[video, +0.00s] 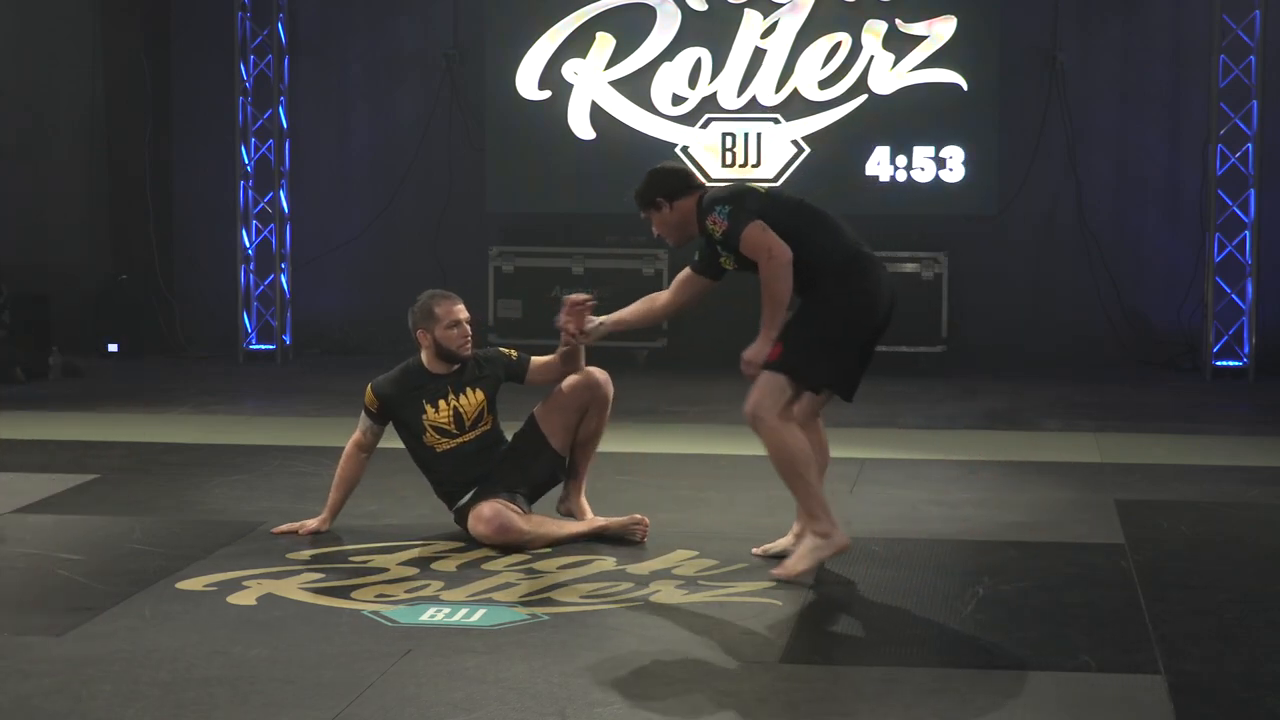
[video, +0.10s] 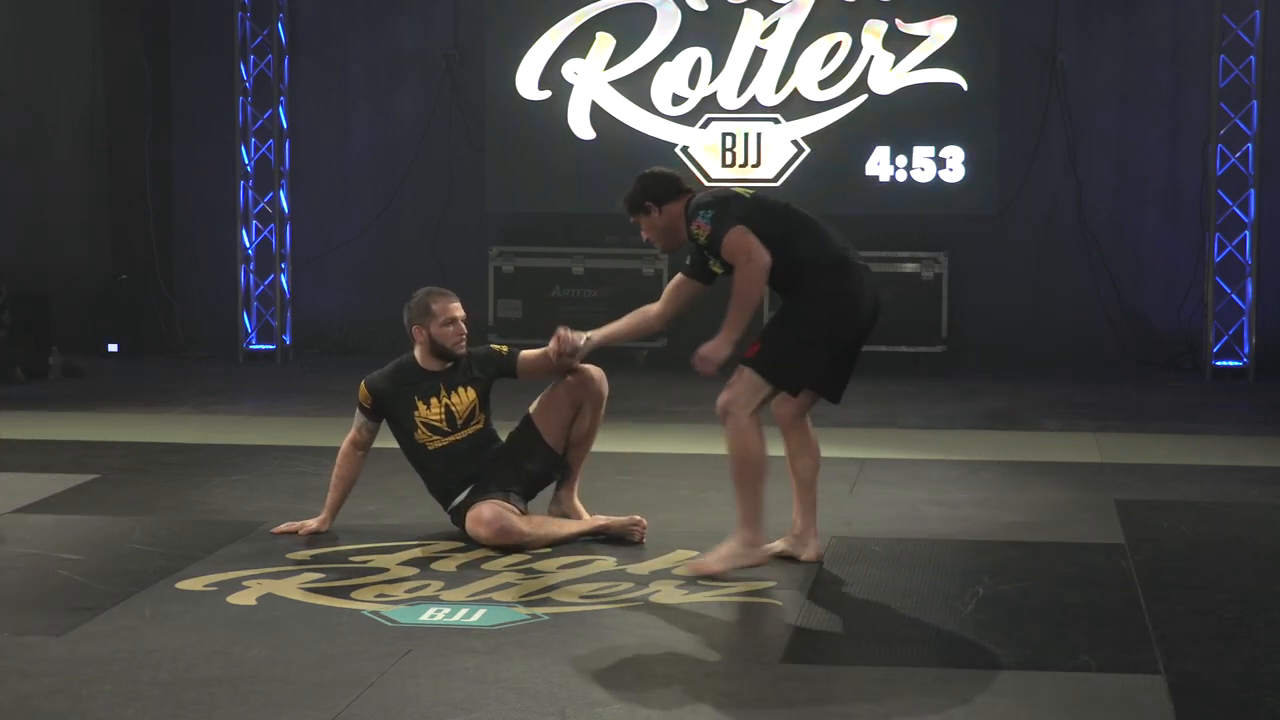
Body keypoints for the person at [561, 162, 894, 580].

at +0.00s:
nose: (653, 231)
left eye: (652, 219)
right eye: (649, 222)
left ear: (671, 204)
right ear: (675, 204)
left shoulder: (720, 209)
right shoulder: (717, 238)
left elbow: (776, 255)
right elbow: (668, 299)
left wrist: (766, 337)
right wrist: (600, 325)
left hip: (842, 295)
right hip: (859, 293)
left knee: (764, 409)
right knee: (803, 415)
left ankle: (824, 531)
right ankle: (806, 527)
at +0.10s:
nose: (643, 237)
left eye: (642, 224)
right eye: (639, 228)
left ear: (662, 208)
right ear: (665, 209)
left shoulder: (706, 212)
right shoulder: (708, 243)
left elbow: (755, 259)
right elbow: (659, 312)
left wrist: (726, 339)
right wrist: (592, 338)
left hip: (824, 298)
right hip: (851, 296)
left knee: (735, 405)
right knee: (791, 410)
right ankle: (804, 537)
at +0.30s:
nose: (616, 233)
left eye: (612, 221)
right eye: (610, 225)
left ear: (628, 207)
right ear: (652, 198)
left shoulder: (663, 223)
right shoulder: (696, 224)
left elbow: (652, 316)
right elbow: (660, 331)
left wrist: (595, 342)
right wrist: (601, 367)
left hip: (785, 301)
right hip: (822, 296)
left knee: (703, 414)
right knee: (766, 414)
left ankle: (693, 547)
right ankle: (797, 537)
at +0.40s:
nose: (597, 239)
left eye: (594, 227)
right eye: (592, 230)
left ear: (609, 213)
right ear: (631, 204)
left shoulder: (633, 232)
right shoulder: (679, 231)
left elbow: (596, 322)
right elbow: (648, 333)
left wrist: (546, 374)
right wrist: (592, 390)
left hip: (774, 297)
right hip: (811, 291)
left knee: (701, 414)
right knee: (758, 410)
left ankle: (692, 547)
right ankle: (793, 528)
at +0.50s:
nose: (580, 249)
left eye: (577, 238)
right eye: (575, 241)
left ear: (593, 223)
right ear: (615, 211)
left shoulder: (614, 244)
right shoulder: (663, 235)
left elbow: (587, 334)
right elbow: (639, 338)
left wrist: (561, 395)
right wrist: (593, 397)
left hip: (761, 294)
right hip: (797, 285)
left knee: (686, 414)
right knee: (748, 387)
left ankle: (691, 547)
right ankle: (793, 500)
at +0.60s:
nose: (568, 254)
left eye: (565, 243)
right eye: (563, 245)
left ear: (577, 229)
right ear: (602, 214)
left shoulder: (599, 253)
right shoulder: (651, 230)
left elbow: (583, 345)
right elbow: (653, 333)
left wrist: (567, 410)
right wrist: (605, 394)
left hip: (743, 300)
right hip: (783, 284)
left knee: (667, 419)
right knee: (740, 381)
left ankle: (690, 549)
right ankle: (776, 491)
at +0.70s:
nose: (557, 223)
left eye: (555, 212)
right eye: (553, 213)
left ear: (570, 201)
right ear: (592, 191)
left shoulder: (588, 228)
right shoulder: (642, 198)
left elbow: (601, 319)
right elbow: (681, 283)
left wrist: (595, 376)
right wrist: (638, 350)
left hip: (711, 300)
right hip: (755, 291)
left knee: (638, 423)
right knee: (721, 386)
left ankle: (688, 546)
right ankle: (734, 501)